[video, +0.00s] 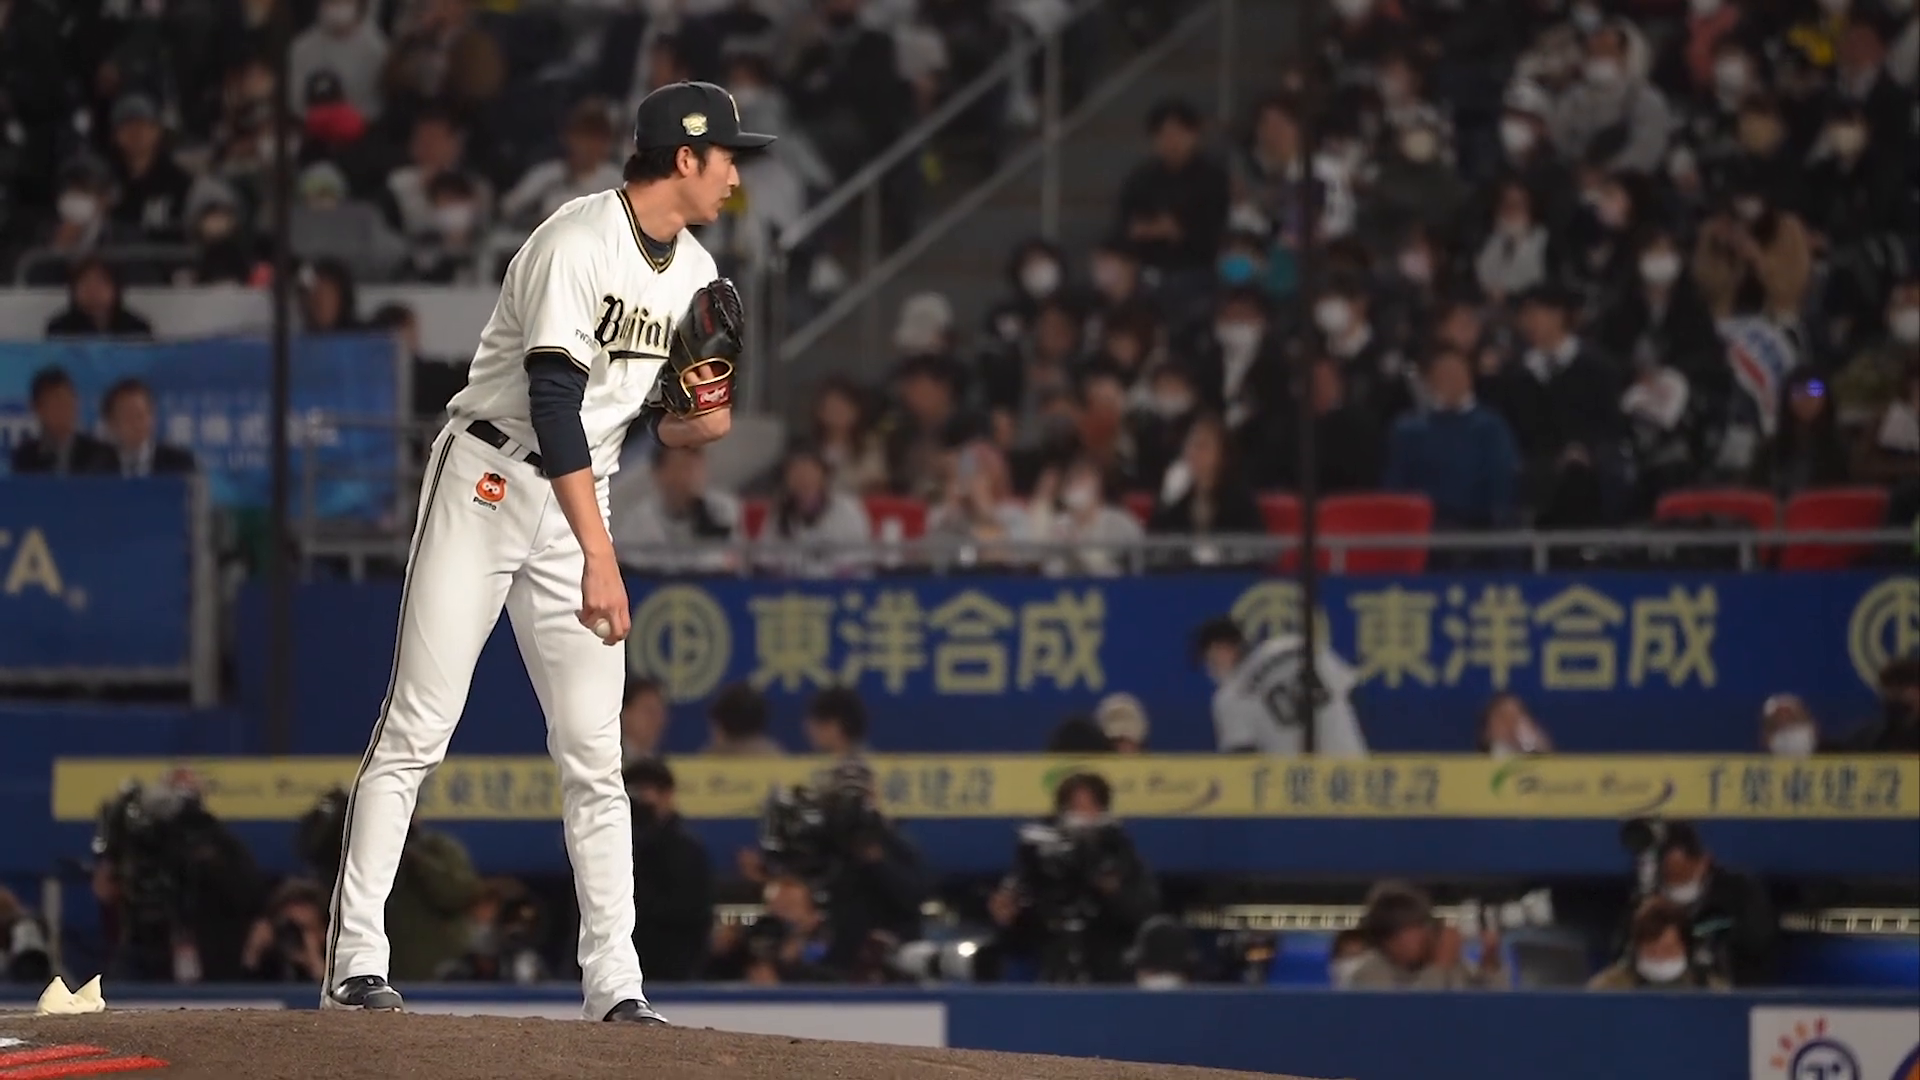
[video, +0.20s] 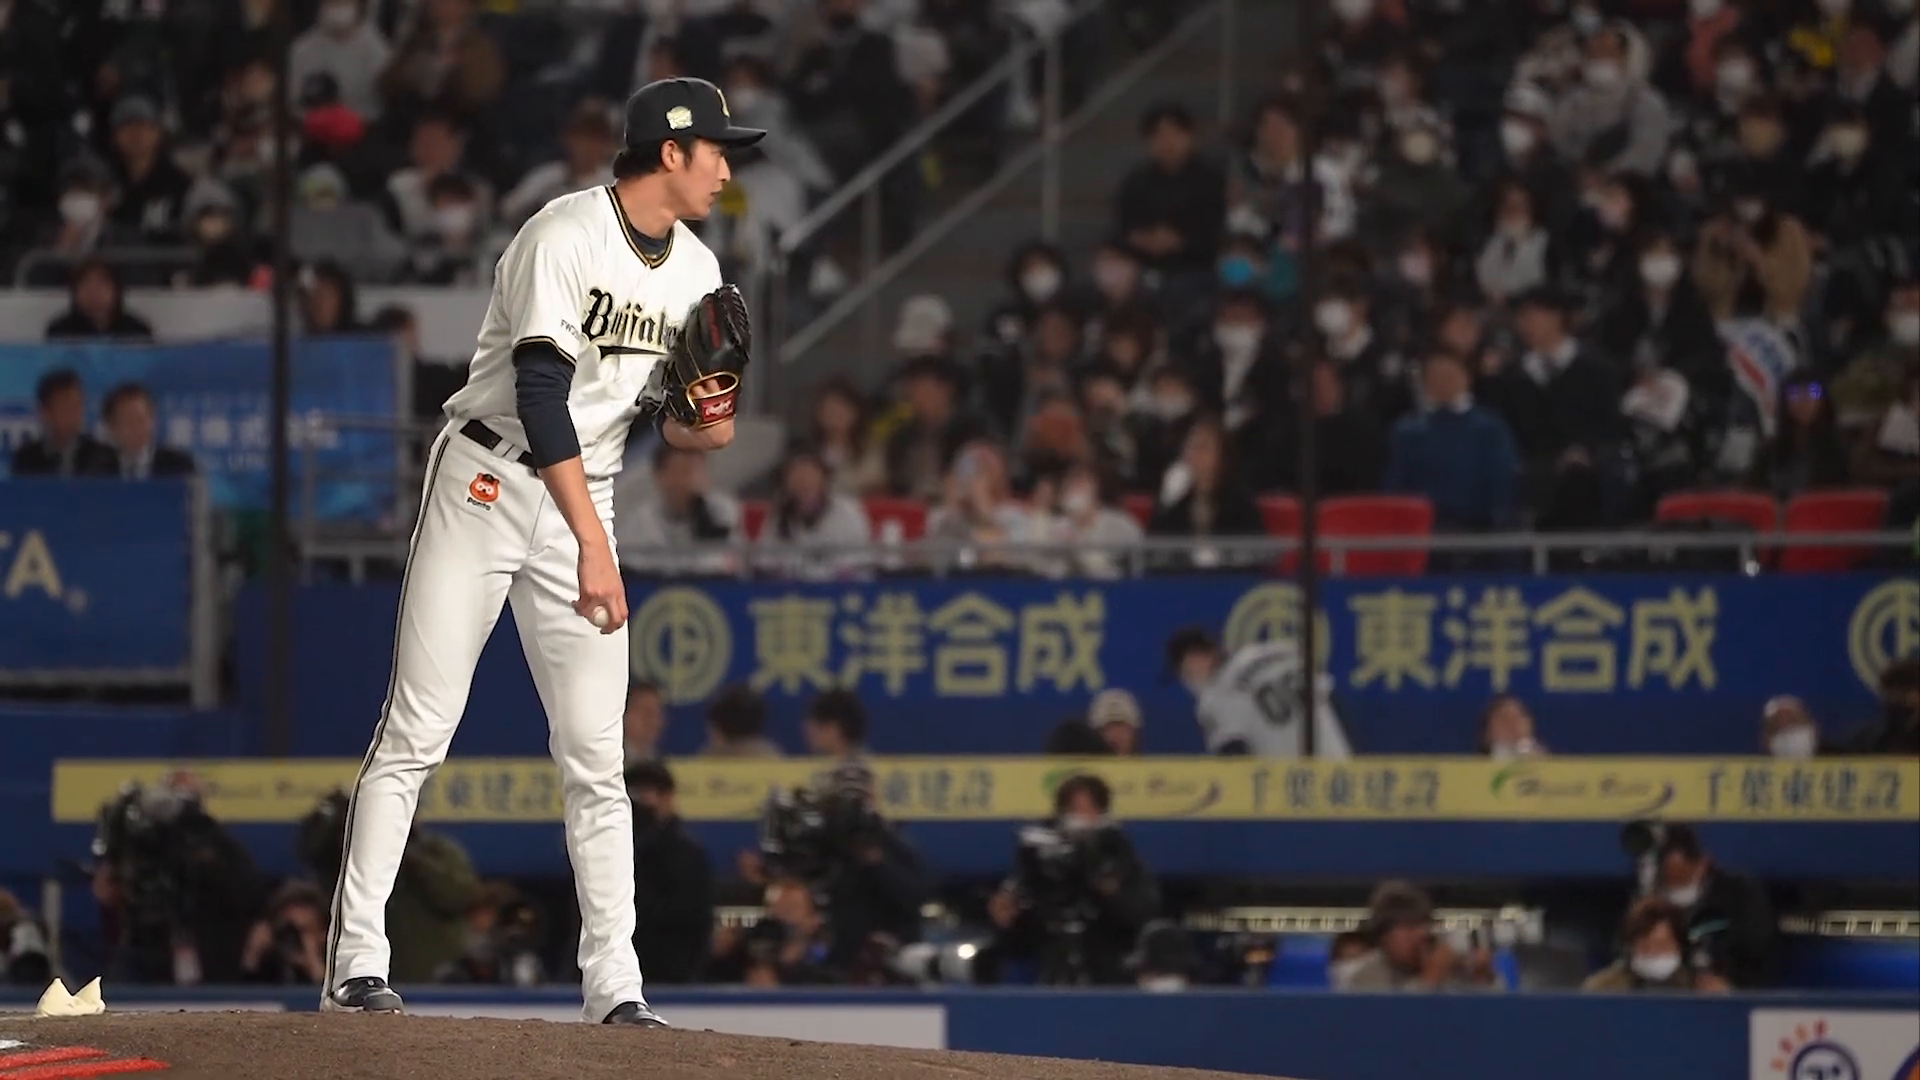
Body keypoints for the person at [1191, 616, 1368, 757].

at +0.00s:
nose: (1211, 672)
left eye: (1210, 661)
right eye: (1207, 664)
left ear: (1222, 651)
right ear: (1240, 640)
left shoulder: (1230, 697)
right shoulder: (1294, 644)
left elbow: (1240, 764)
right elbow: (1349, 689)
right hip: (1355, 774)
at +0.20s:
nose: (1190, 684)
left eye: (1186, 675)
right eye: (1184, 678)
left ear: (1196, 662)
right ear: (1215, 650)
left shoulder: (1215, 697)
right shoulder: (1283, 651)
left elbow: (1233, 759)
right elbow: (1332, 700)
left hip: (1283, 789)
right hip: (1342, 772)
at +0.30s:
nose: (1186, 688)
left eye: (1182, 677)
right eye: (1180, 681)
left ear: (1190, 663)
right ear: (1209, 648)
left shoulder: (1213, 695)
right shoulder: (1271, 650)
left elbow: (1229, 760)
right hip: (1341, 766)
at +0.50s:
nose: (1178, 694)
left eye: (1174, 684)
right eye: (1172, 686)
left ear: (1185, 671)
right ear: (1202, 654)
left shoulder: (1214, 705)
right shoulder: (1255, 658)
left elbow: (1219, 768)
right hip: (1335, 767)